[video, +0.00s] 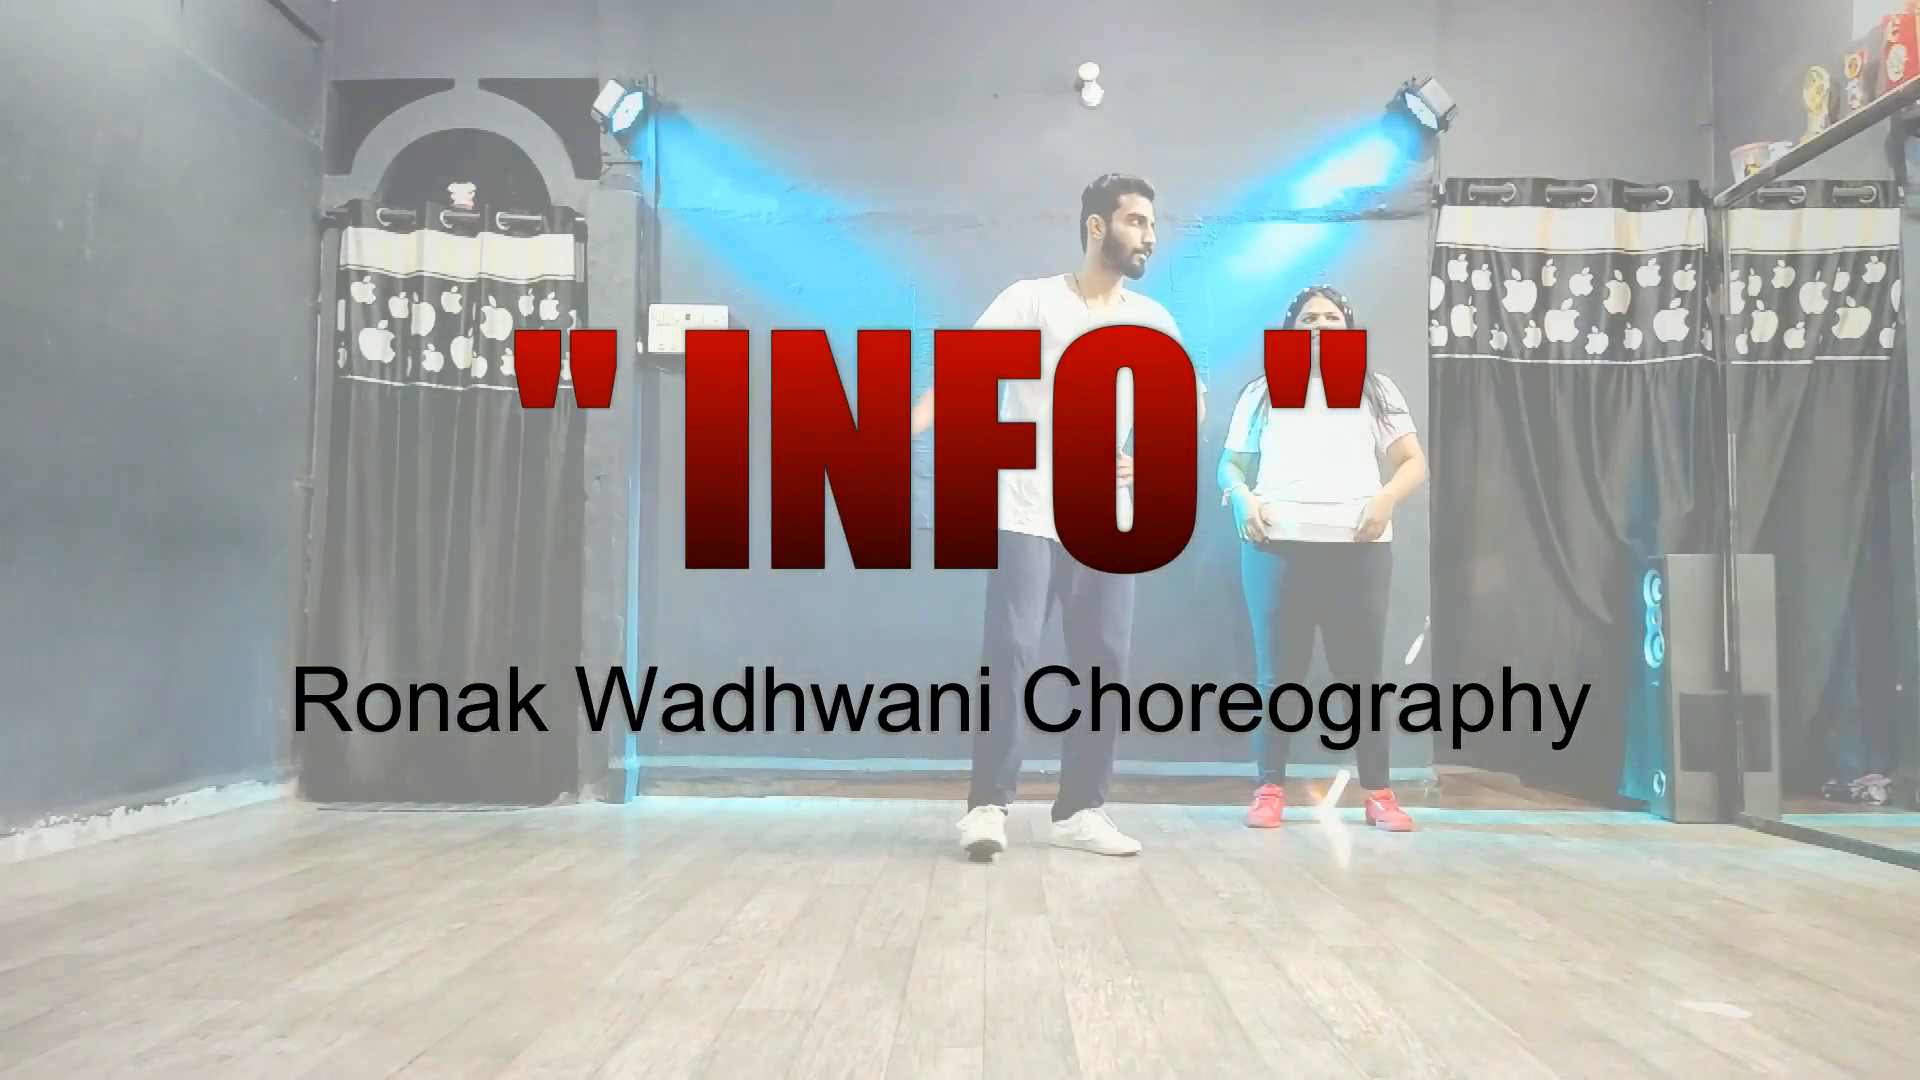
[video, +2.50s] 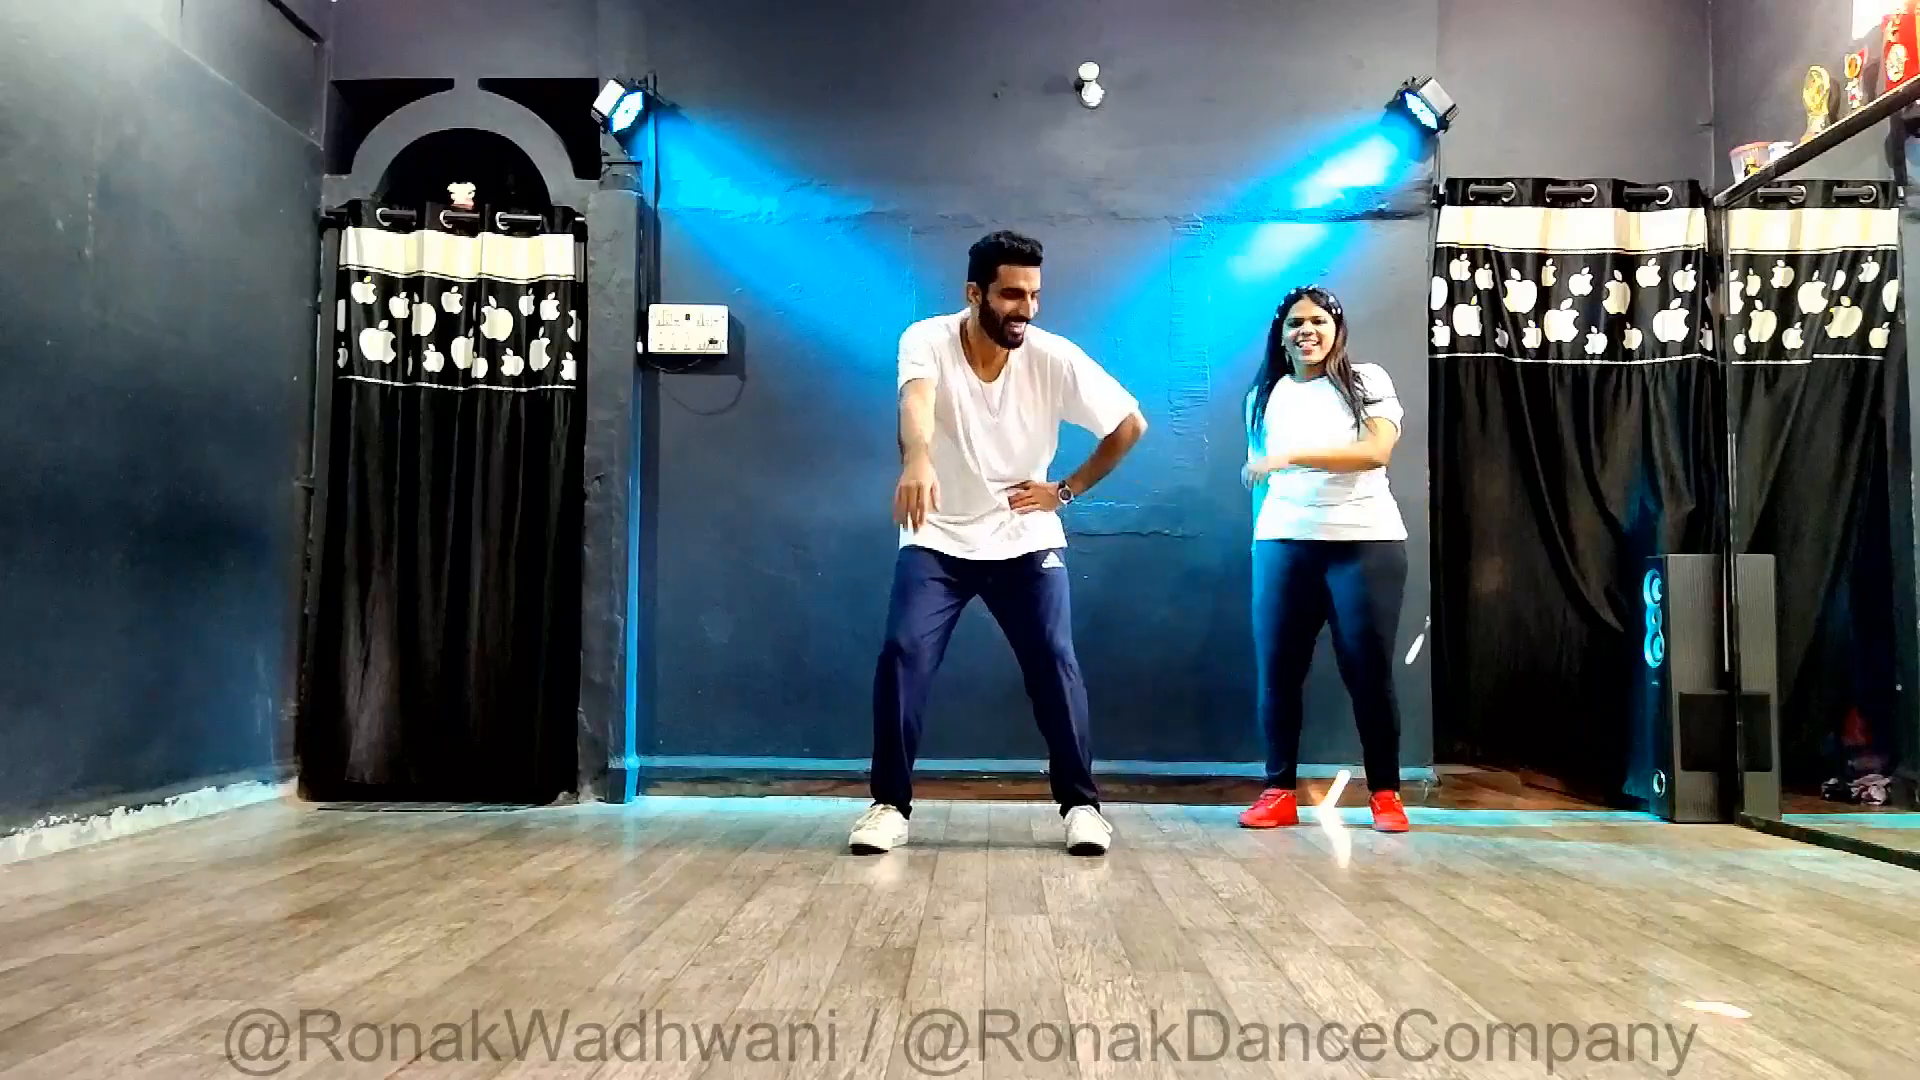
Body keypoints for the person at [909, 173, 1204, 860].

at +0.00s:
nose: (1147, 234)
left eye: (1151, 224)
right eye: (1135, 221)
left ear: (1151, 237)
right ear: (1095, 227)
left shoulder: (1156, 322)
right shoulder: (1026, 303)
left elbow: (1183, 417)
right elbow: (954, 383)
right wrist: (895, 439)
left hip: (1112, 517)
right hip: (1028, 510)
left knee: (1104, 659)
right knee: (1012, 650)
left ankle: (1080, 807)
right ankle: (988, 804)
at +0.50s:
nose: (1083, 237)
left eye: (1084, 226)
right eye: (1071, 224)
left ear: (1069, 237)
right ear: (1030, 231)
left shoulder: (1089, 326)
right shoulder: (973, 306)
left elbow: (1126, 425)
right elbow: (955, 412)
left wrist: (1054, 409)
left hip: (1066, 528)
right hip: (979, 522)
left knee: (1086, 662)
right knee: (937, 649)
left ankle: (1078, 809)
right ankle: (938, 811)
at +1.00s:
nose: (972, 257)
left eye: (978, 245)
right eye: (956, 246)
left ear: (984, 252)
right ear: (920, 255)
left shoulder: (1014, 325)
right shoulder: (880, 345)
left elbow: (1076, 394)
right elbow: (827, 431)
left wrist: (1044, 475)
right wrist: (752, 432)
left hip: (1002, 527)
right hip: (917, 530)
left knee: (1065, 649)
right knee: (911, 661)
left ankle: (1069, 805)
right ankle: (898, 809)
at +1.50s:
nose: (1005, 300)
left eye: (1020, 289)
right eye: (993, 285)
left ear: (1037, 298)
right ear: (972, 286)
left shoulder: (1066, 364)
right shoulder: (932, 352)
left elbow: (1144, 424)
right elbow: (898, 427)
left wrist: (1077, 491)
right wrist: (926, 415)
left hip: (1032, 536)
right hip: (944, 534)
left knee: (1062, 658)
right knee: (903, 649)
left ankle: (1080, 806)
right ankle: (890, 806)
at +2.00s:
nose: (984, 319)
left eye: (999, 306)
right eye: (972, 303)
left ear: (1019, 302)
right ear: (954, 296)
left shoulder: (1049, 344)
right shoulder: (927, 356)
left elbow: (1116, 423)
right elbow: (906, 417)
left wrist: (1059, 492)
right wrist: (892, 428)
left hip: (1014, 525)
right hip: (928, 520)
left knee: (1044, 657)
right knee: (892, 643)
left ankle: (1075, 804)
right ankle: (885, 807)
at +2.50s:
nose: (1025, 308)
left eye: (1033, 296)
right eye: (1011, 295)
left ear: (1039, 296)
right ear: (975, 292)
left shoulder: (1054, 357)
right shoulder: (926, 340)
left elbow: (1129, 424)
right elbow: (917, 399)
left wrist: (1067, 488)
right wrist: (916, 460)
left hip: (1024, 534)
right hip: (938, 532)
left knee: (1054, 655)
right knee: (904, 649)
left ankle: (1080, 805)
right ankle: (889, 806)